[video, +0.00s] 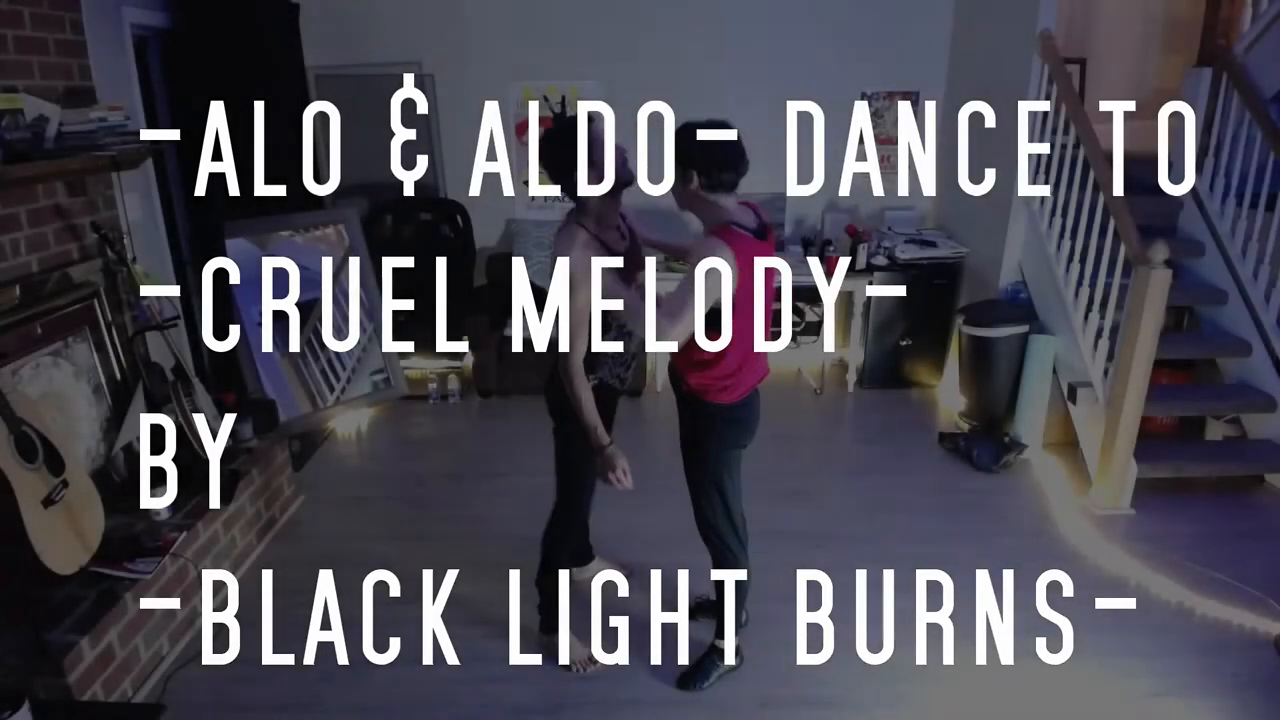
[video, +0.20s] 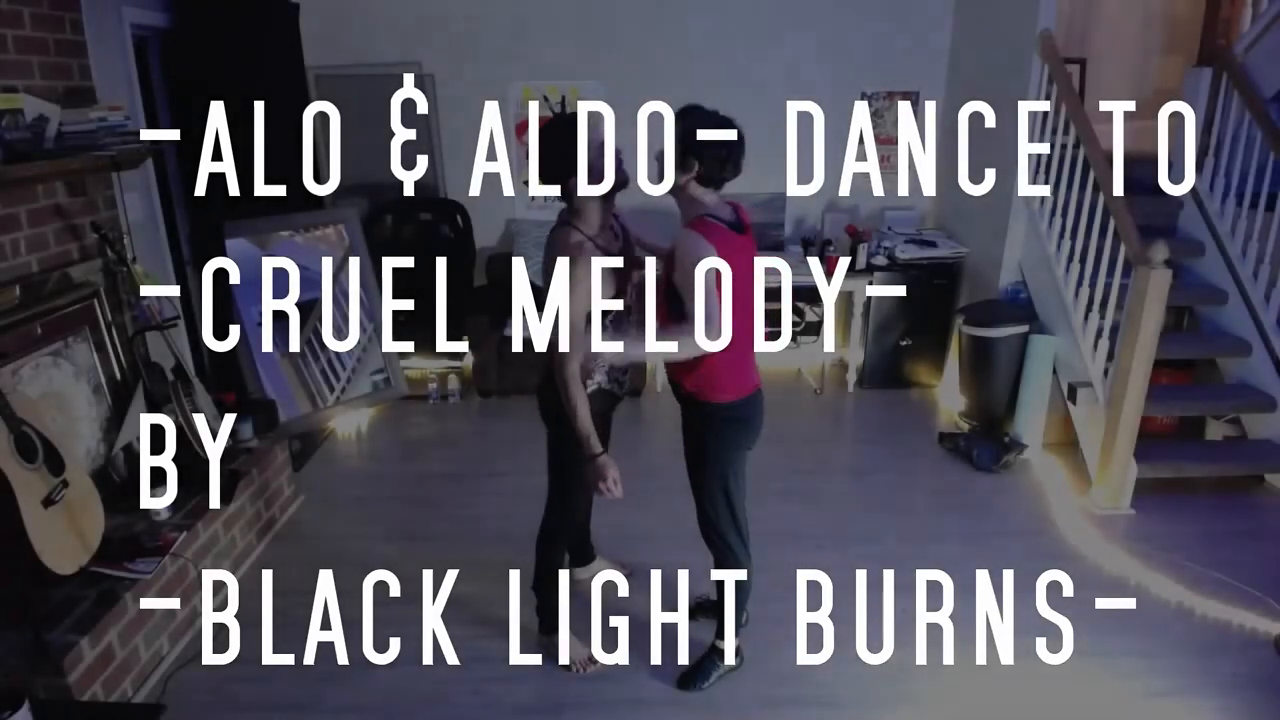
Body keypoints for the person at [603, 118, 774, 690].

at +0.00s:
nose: (671, 183)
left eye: (676, 173)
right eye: (673, 172)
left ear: (693, 180)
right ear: (732, 176)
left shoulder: (714, 251)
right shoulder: (750, 222)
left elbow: (664, 329)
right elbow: (690, 244)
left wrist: (626, 288)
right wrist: (633, 236)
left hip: (712, 410)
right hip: (734, 397)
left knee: (717, 521)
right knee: (723, 507)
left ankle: (728, 645)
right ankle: (734, 599)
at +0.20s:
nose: (660, 172)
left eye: (667, 161)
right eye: (666, 160)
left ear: (685, 171)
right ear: (719, 168)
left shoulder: (695, 243)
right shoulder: (732, 221)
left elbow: (699, 339)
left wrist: (629, 346)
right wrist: (642, 256)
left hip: (713, 407)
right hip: (733, 397)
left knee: (720, 522)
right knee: (726, 510)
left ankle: (727, 645)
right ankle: (735, 602)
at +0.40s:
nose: (656, 160)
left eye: (668, 152)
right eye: (661, 148)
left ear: (693, 166)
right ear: (710, 169)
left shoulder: (697, 246)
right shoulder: (719, 218)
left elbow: (726, 344)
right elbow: (685, 296)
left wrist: (686, 412)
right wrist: (638, 262)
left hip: (711, 409)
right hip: (720, 396)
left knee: (715, 523)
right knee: (720, 508)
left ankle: (728, 644)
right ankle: (730, 598)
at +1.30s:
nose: (701, 195)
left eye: (717, 184)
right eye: (693, 179)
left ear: (740, 186)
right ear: (679, 176)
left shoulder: (744, 234)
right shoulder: (683, 249)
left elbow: (786, 313)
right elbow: (664, 316)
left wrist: (749, 363)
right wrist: (611, 298)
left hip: (731, 421)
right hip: (685, 414)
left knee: (694, 553)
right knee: (680, 514)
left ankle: (725, 648)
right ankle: (686, 584)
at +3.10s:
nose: (666, 165)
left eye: (672, 158)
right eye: (670, 157)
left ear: (694, 170)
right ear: (709, 172)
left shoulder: (704, 255)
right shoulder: (707, 221)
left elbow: (722, 349)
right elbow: (658, 240)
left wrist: (735, 428)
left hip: (699, 395)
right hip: (688, 385)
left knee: (702, 514)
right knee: (683, 484)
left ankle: (718, 646)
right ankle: (711, 573)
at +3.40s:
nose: (677, 176)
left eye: (680, 168)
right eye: (680, 167)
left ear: (695, 175)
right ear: (731, 176)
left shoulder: (705, 264)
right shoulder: (736, 231)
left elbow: (711, 359)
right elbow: (681, 245)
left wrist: (706, 442)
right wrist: (616, 233)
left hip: (691, 398)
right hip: (711, 385)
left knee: (687, 513)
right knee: (689, 488)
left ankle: (718, 649)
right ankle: (714, 572)